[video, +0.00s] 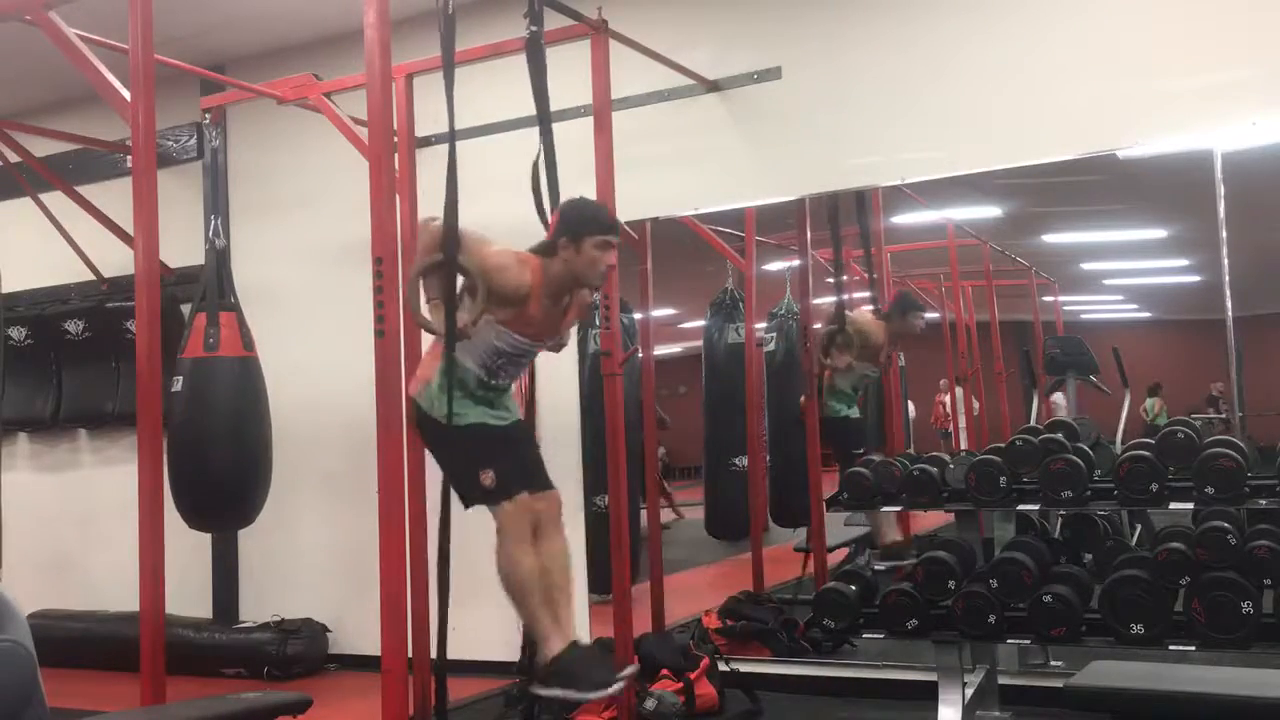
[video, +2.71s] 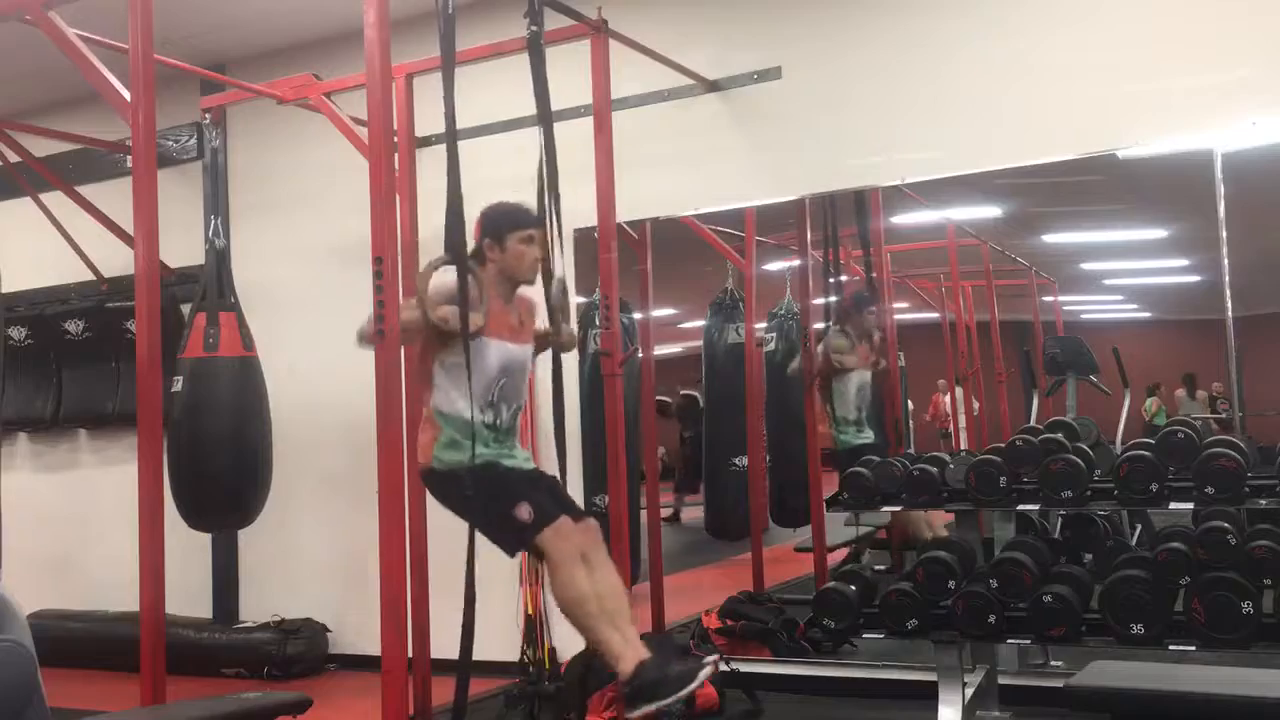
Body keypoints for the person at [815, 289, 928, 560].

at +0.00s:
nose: (922, 325)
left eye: (923, 319)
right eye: (919, 318)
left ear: (903, 315)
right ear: (902, 315)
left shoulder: (881, 335)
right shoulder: (870, 330)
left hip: (850, 408)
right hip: (837, 409)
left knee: (866, 471)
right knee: (868, 471)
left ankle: (885, 536)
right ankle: (886, 537)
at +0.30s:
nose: (922, 288)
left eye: (922, 282)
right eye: (918, 281)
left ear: (909, 283)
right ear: (900, 281)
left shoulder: (896, 314)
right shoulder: (876, 309)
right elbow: (827, 310)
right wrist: (820, 355)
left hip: (859, 387)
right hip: (842, 386)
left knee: (865, 452)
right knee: (872, 446)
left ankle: (861, 525)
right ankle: (855, 522)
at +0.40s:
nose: (916, 268)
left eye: (916, 262)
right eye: (911, 261)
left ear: (898, 265)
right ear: (893, 264)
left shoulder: (890, 299)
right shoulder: (873, 291)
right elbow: (825, 309)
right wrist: (820, 354)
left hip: (863, 380)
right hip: (846, 379)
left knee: (859, 447)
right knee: (869, 441)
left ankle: (856, 513)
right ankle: (852, 514)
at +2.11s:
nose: (916, 309)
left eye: (916, 303)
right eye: (913, 302)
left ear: (899, 302)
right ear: (896, 302)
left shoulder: (885, 329)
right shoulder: (870, 321)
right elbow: (827, 319)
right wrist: (831, 362)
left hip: (859, 409)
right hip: (839, 411)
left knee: (865, 480)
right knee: (852, 481)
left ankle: (871, 551)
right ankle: (859, 553)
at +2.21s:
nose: (918, 321)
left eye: (919, 314)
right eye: (915, 313)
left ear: (900, 312)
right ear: (897, 310)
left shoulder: (887, 340)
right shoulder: (867, 325)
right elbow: (826, 322)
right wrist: (829, 360)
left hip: (861, 421)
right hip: (839, 421)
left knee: (870, 487)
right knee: (854, 489)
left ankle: (877, 556)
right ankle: (863, 559)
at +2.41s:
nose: (909, 312)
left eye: (910, 307)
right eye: (904, 306)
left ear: (901, 309)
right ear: (887, 307)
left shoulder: (890, 337)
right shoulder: (863, 327)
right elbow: (822, 344)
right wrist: (838, 362)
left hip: (863, 418)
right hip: (841, 421)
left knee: (881, 483)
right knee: (866, 486)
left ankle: (892, 550)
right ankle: (878, 553)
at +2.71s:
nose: (875, 318)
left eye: (875, 312)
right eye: (870, 312)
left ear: (870, 313)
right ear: (855, 314)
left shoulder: (869, 339)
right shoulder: (836, 339)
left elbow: (879, 365)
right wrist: (859, 363)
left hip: (873, 434)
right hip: (850, 439)